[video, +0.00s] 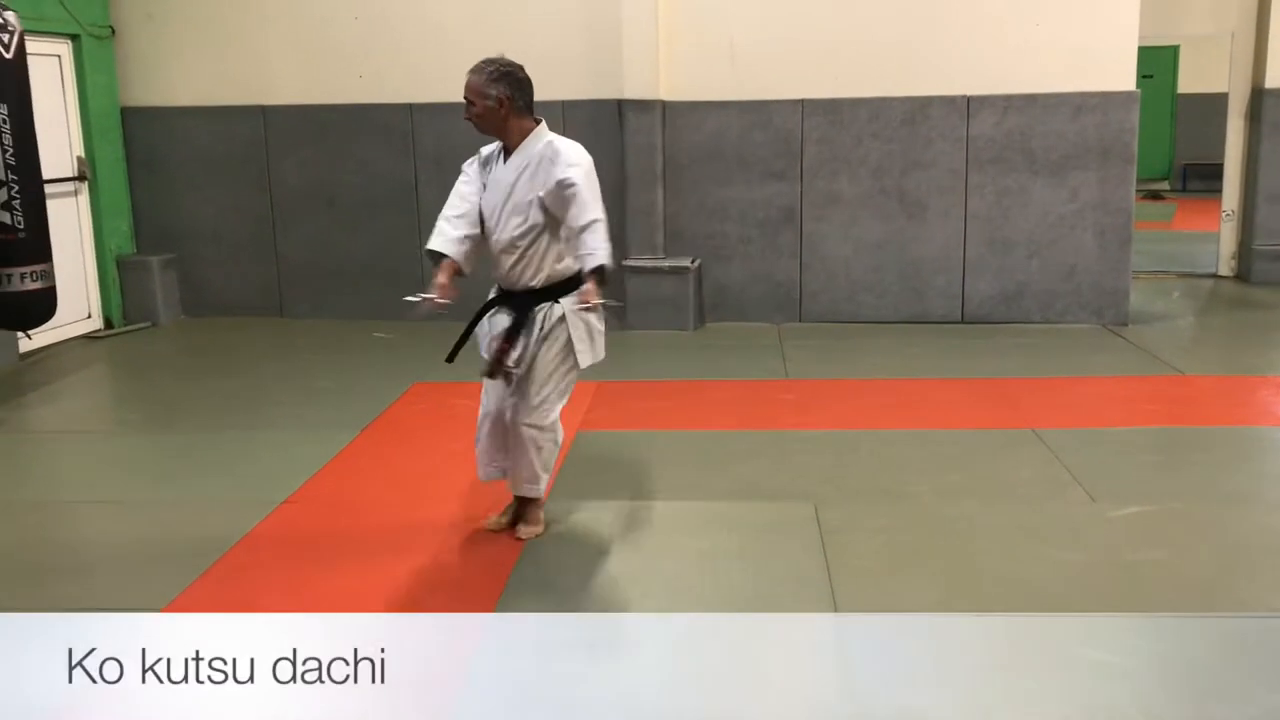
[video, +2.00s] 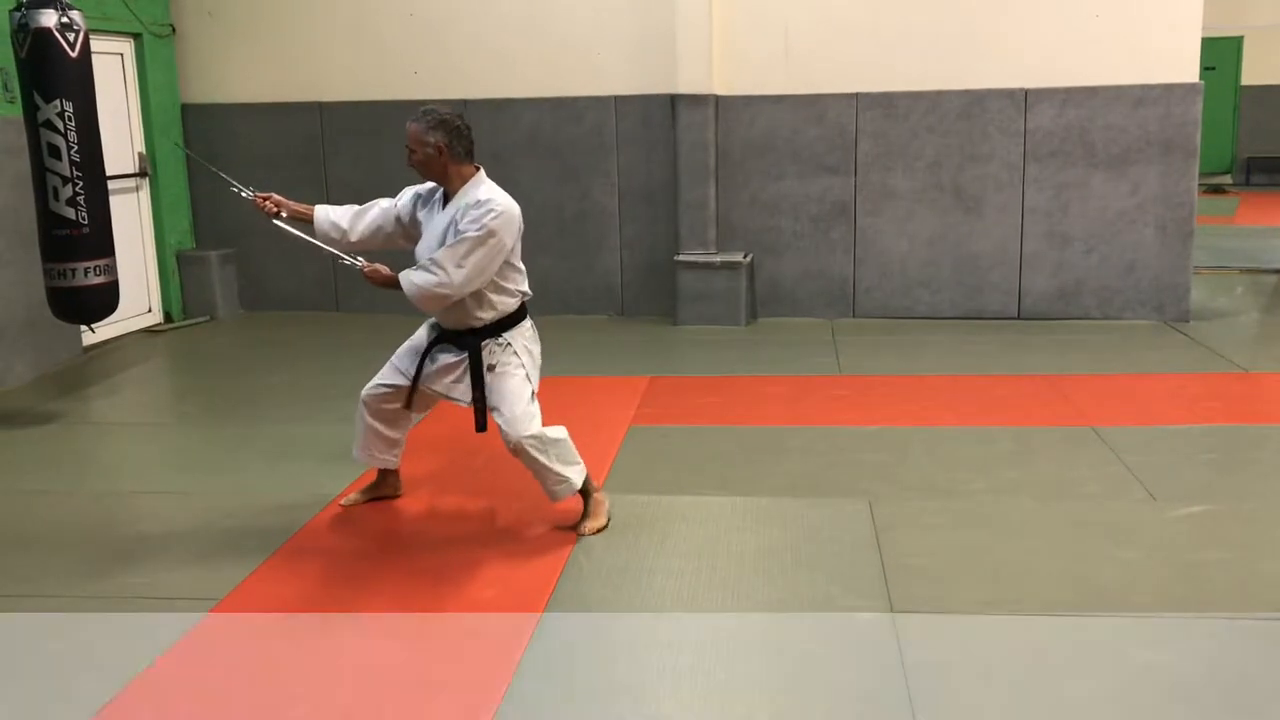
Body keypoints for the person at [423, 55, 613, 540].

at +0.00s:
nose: (466, 113)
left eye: (473, 104)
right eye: (465, 104)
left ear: (504, 102)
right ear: (499, 103)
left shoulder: (566, 158)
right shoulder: (481, 166)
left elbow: (590, 224)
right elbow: (459, 222)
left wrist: (591, 280)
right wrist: (445, 275)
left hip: (560, 305)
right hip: (509, 305)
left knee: (534, 411)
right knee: (502, 408)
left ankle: (533, 506)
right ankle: (522, 498)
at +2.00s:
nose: (408, 159)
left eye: (413, 151)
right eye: (407, 150)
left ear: (441, 151)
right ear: (438, 150)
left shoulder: (495, 211)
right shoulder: (424, 199)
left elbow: (448, 282)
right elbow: (365, 220)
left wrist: (396, 279)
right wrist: (293, 210)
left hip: (501, 338)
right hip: (445, 334)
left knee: (520, 431)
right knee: (380, 398)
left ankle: (591, 495)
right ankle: (387, 479)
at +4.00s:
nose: (446, 143)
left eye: (449, 132)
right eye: (445, 132)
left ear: (470, 132)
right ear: (493, 131)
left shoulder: (458, 190)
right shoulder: (537, 181)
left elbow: (391, 226)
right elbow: (528, 239)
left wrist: (322, 223)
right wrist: (451, 242)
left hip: (492, 332)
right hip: (553, 323)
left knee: (422, 406)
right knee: (584, 406)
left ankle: (379, 512)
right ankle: (617, 496)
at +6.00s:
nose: (558, 135)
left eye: (563, 127)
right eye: (559, 126)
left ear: (588, 129)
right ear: (603, 128)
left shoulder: (582, 182)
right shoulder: (647, 168)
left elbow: (529, 229)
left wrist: (474, 252)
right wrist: (575, 112)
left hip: (651, 316)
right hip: (658, 307)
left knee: (688, 426)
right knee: (614, 395)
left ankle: (790, 485)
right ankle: (619, 492)